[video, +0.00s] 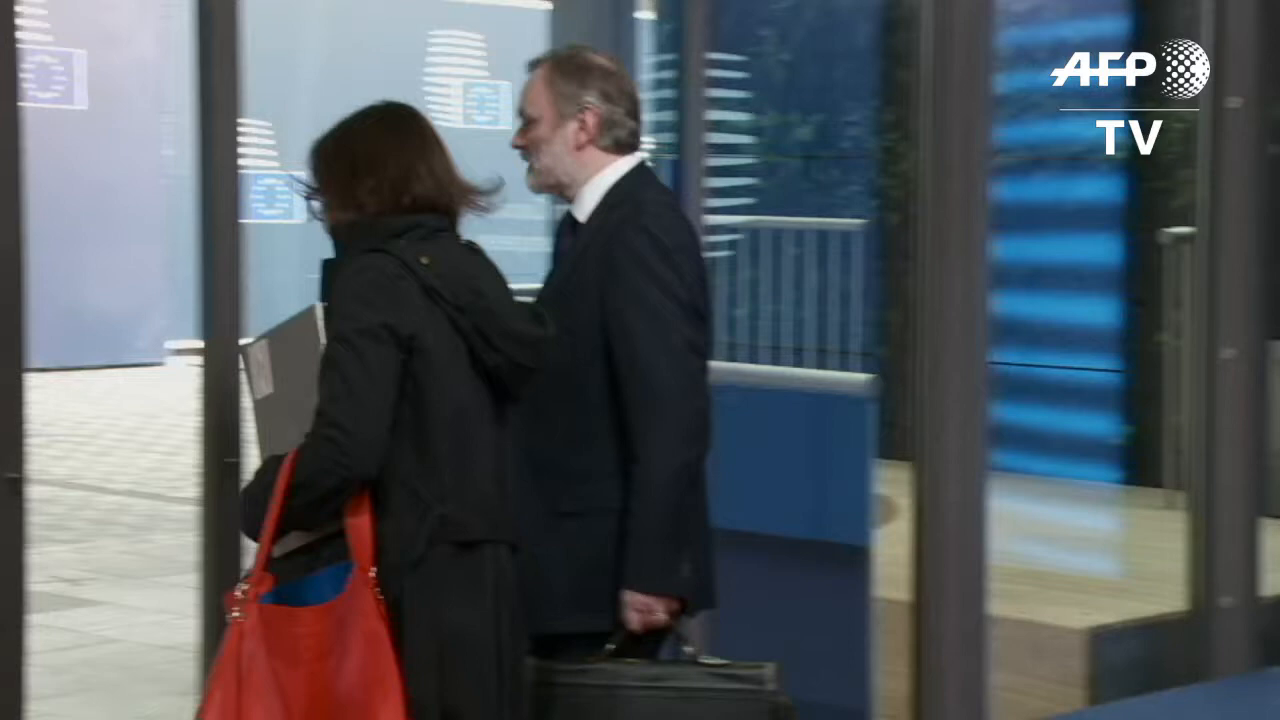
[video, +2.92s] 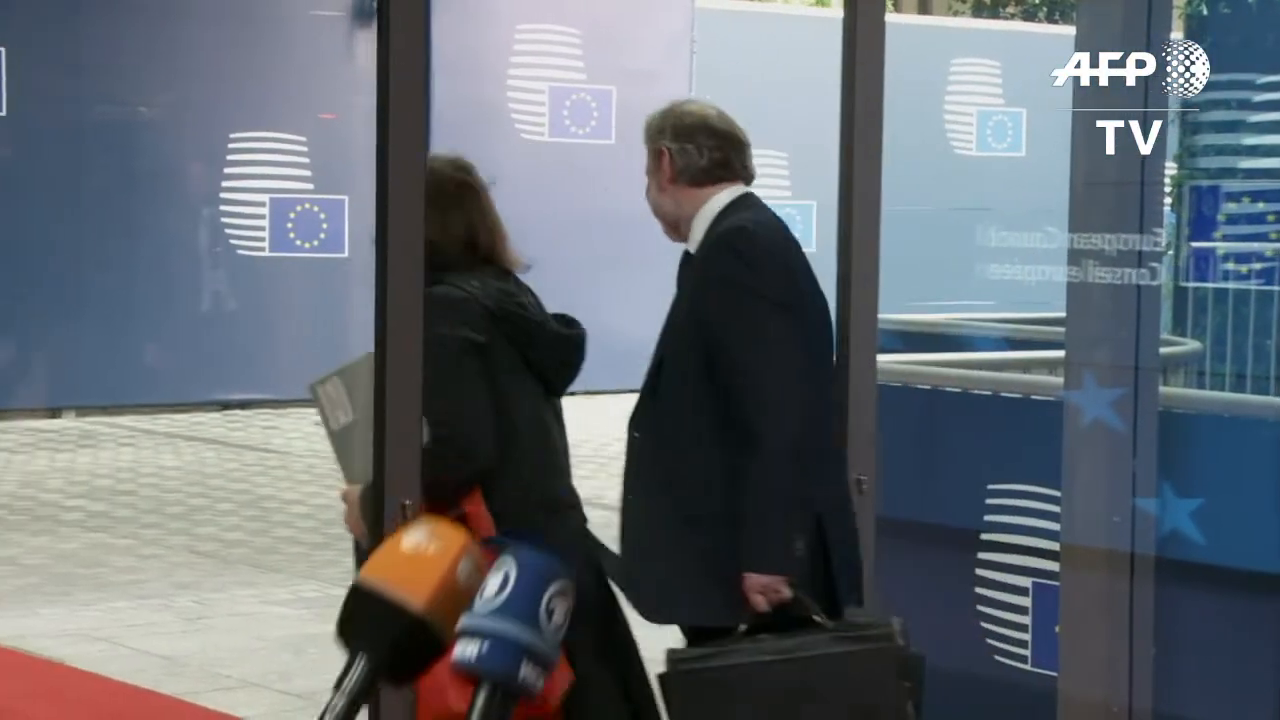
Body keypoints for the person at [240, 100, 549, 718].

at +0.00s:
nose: (323, 210)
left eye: (328, 192)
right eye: (321, 193)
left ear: (360, 189)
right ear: (427, 178)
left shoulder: (369, 276)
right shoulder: (470, 269)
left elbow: (351, 445)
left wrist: (265, 500)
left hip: (415, 588)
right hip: (483, 576)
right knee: (478, 703)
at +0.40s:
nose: (383, 212)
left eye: (389, 192)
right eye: (383, 192)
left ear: (418, 193)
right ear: (496, 186)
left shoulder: (424, 282)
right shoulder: (535, 281)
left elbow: (399, 452)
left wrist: (319, 497)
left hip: (474, 587)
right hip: (550, 576)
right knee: (548, 701)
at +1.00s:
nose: (472, 217)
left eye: (480, 199)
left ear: (498, 200)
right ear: (586, 195)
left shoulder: (498, 295)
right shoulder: (624, 294)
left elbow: (459, 462)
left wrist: (408, 521)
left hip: (548, 591)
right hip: (637, 584)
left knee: (554, 706)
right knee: (636, 704)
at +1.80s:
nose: (547, 220)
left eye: (553, 205)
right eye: (548, 205)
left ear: (588, 211)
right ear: (649, 207)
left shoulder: (576, 300)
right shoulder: (694, 302)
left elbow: (548, 468)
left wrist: (486, 512)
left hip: (627, 594)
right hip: (712, 587)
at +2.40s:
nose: (500, 223)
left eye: (505, 208)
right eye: (501, 208)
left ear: (540, 213)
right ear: (598, 210)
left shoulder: (546, 301)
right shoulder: (625, 298)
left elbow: (535, 450)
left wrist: (457, 495)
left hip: (575, 596)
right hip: (639, 590)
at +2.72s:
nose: (430, 219)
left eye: (436, 205)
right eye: (433, 203)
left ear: (454, 213)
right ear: (518, 203)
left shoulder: (491, 297)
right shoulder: (533, 281)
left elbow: (515, 445)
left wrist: (419, 502)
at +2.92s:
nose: (390, 236)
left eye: (398, 221)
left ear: (416, 229)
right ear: (480, 222)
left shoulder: (441, 310)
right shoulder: (507, 298)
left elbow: (463, 447)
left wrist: (380, 507)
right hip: (548, 551)